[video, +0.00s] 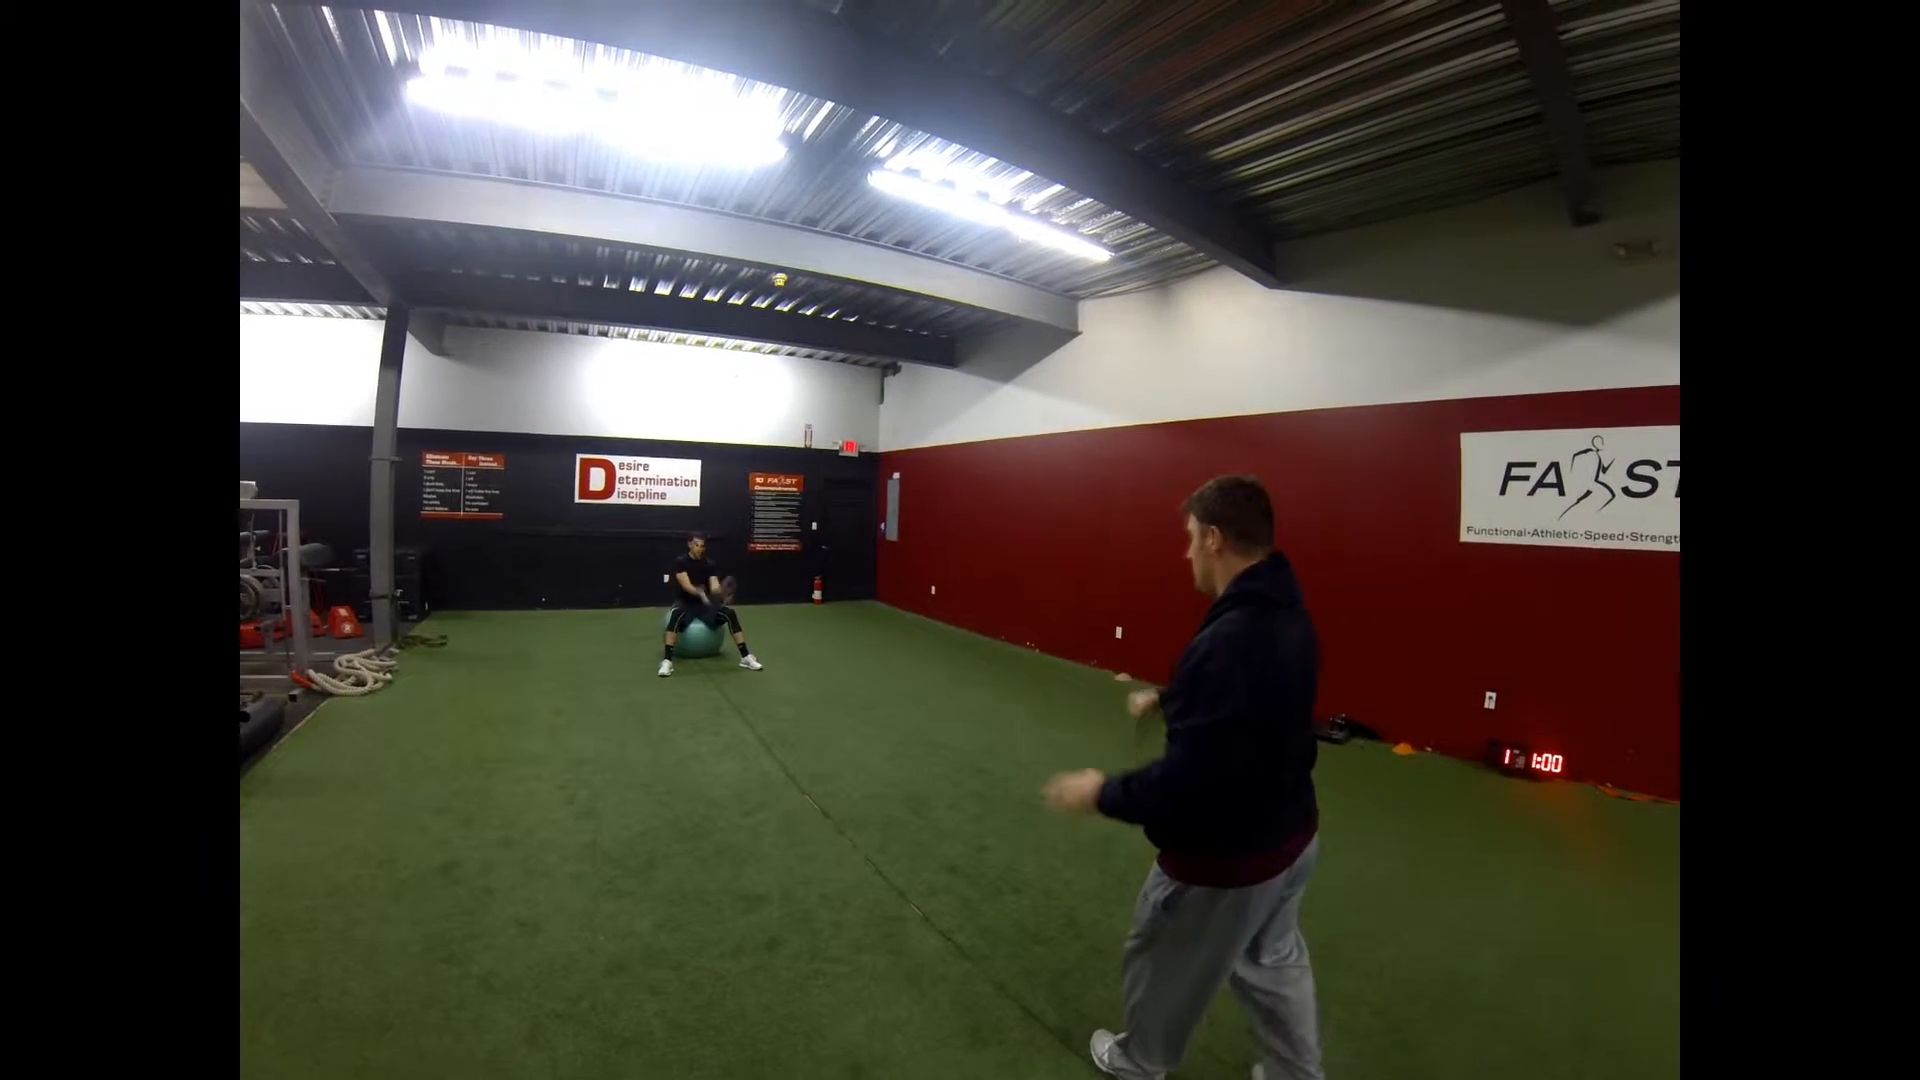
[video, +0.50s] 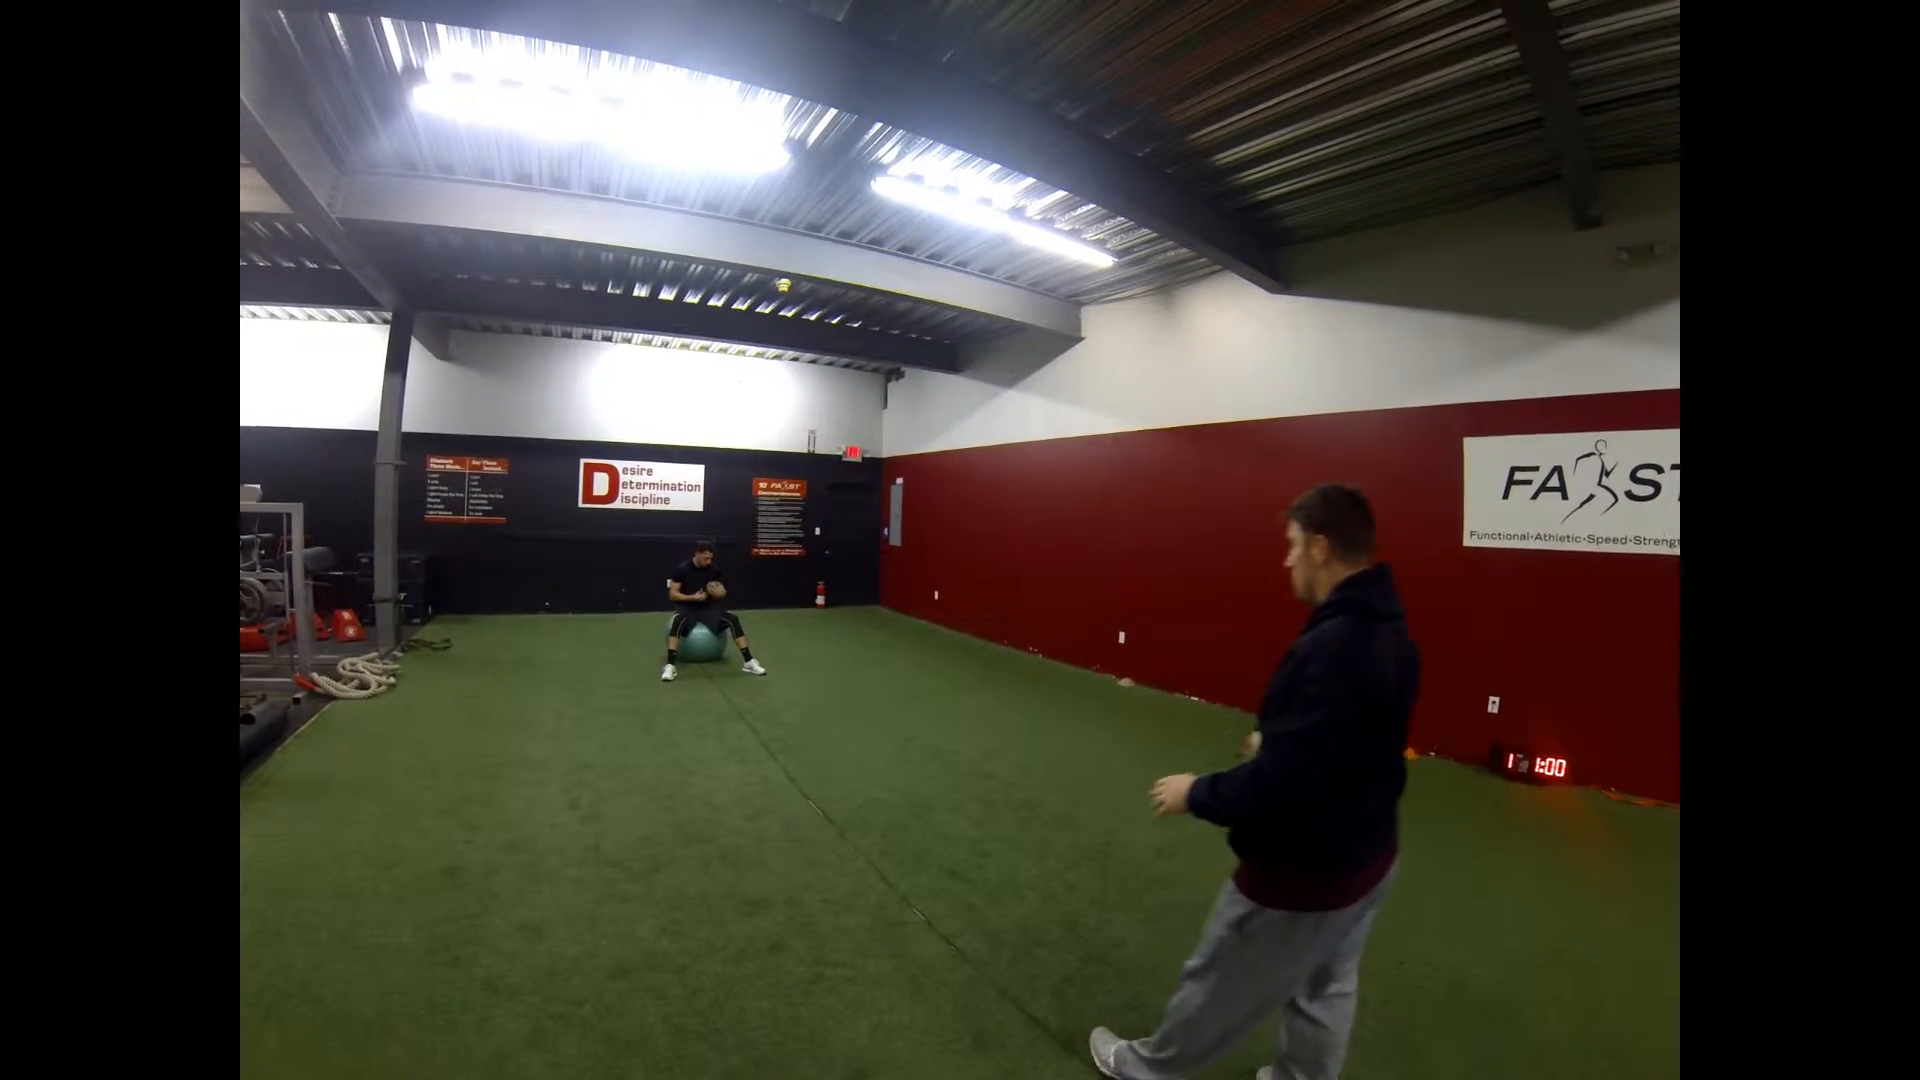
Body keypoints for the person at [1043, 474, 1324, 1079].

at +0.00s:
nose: (1188, 554)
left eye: (1189, 539)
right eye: (1187, 540)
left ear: (1212, 538)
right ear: (1259, 536)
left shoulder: (1227, 641)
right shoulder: (1285, 612)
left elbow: (1191, 779)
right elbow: (1247, 694)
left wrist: (1103, 793)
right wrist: (1171, 700)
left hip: (1216, 861)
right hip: (1289, 839)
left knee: (1163, 963)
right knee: (1273, 963)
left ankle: (1141, 1059)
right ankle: (1297, 1069)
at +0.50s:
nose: (1287, 563)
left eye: (1292, 547)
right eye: (1288, 547)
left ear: (1320, 548)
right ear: (1340, 547)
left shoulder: (1334, 644)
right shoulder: (1386, 628)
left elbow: (1286, 776)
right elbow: (1360, 740)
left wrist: (1197, 792)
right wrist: (1278, 744)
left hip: (1297, 874)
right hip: (1362, 859)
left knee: (1220, 983)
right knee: (1325, 990)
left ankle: (1151, 1063)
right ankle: (1304, 1074)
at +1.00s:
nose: (1331, 548)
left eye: (1340, 532)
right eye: (1334, 533)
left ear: (1374, 542)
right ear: (1388, 543)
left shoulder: (1366, 648)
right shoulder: (1425, 634)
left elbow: (1309, 784)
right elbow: (1392, 767)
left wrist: (1225, 786)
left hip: (1317, 898)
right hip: (1381, 884)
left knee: (1269, 1058)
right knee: (1333, 1039)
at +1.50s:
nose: (1304, 544)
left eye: (1316, 528)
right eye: (1310, 528)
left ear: (1353, 546)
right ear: (1363, 547)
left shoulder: (1347, 666)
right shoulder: (1414, 645)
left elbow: (1262, 847)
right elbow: (1368, 775)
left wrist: (1196, 806)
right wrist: (1268, 767)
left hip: (1306, 957)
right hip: (1373, 931)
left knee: (1266, 1069)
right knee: (1313, 1066)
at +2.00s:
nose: (1287, 561)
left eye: (1297, 543)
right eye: (1292, 543)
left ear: (1330, 558)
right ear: (1385, 563)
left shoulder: (1319, 680)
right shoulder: (1407, 655)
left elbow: (1188, 794)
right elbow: (1325, 751)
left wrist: (1144, 748)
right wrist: (1220, 730)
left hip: (1321, 974)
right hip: (1410, 945)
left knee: (1251, 1069)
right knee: (1330, 1065)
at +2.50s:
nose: (1342, 591)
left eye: (1342, 576)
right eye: (1341, 578)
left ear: (1360, 576)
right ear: (1424, 570)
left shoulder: (1343, 690)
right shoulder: (1490, 669)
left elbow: (1276, 823)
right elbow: (1482, 794)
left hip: (1359, 978)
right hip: (1471, 962)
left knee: (1267, 1070)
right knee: (1412, 1072)